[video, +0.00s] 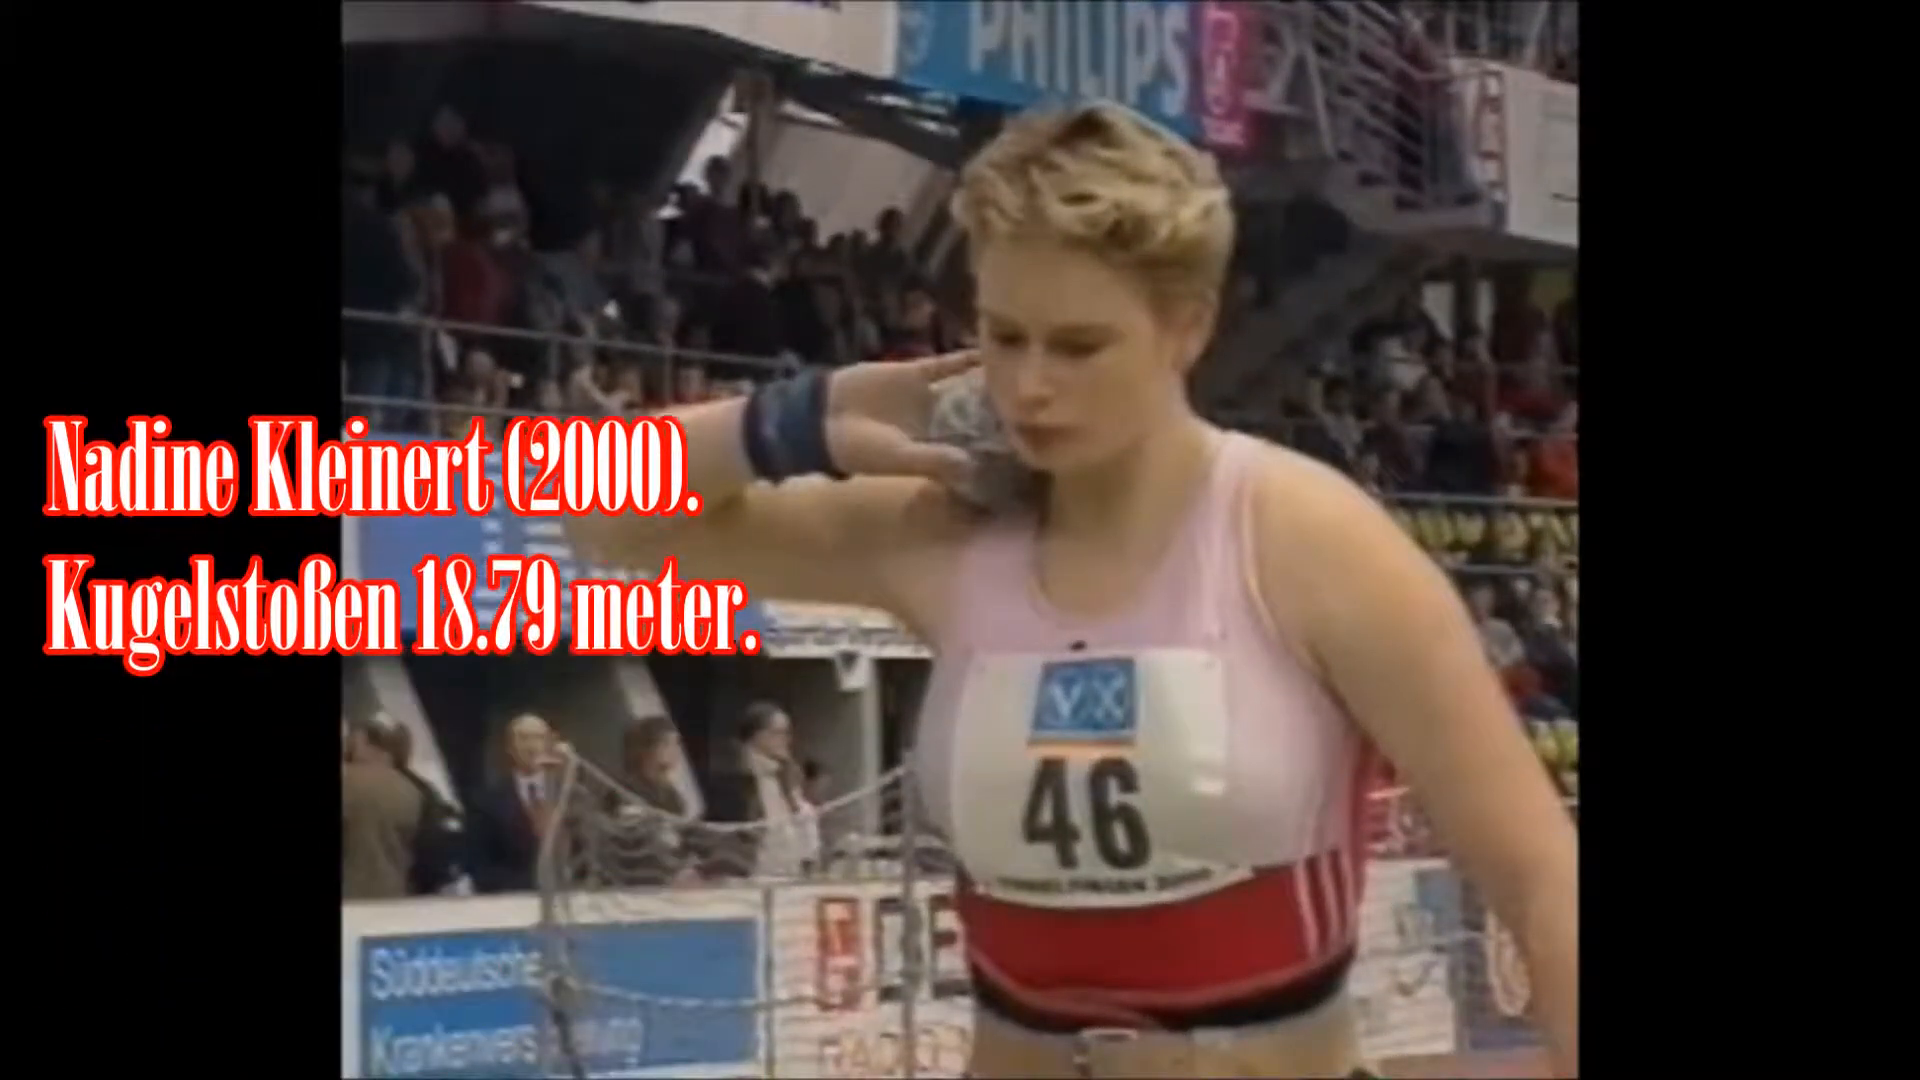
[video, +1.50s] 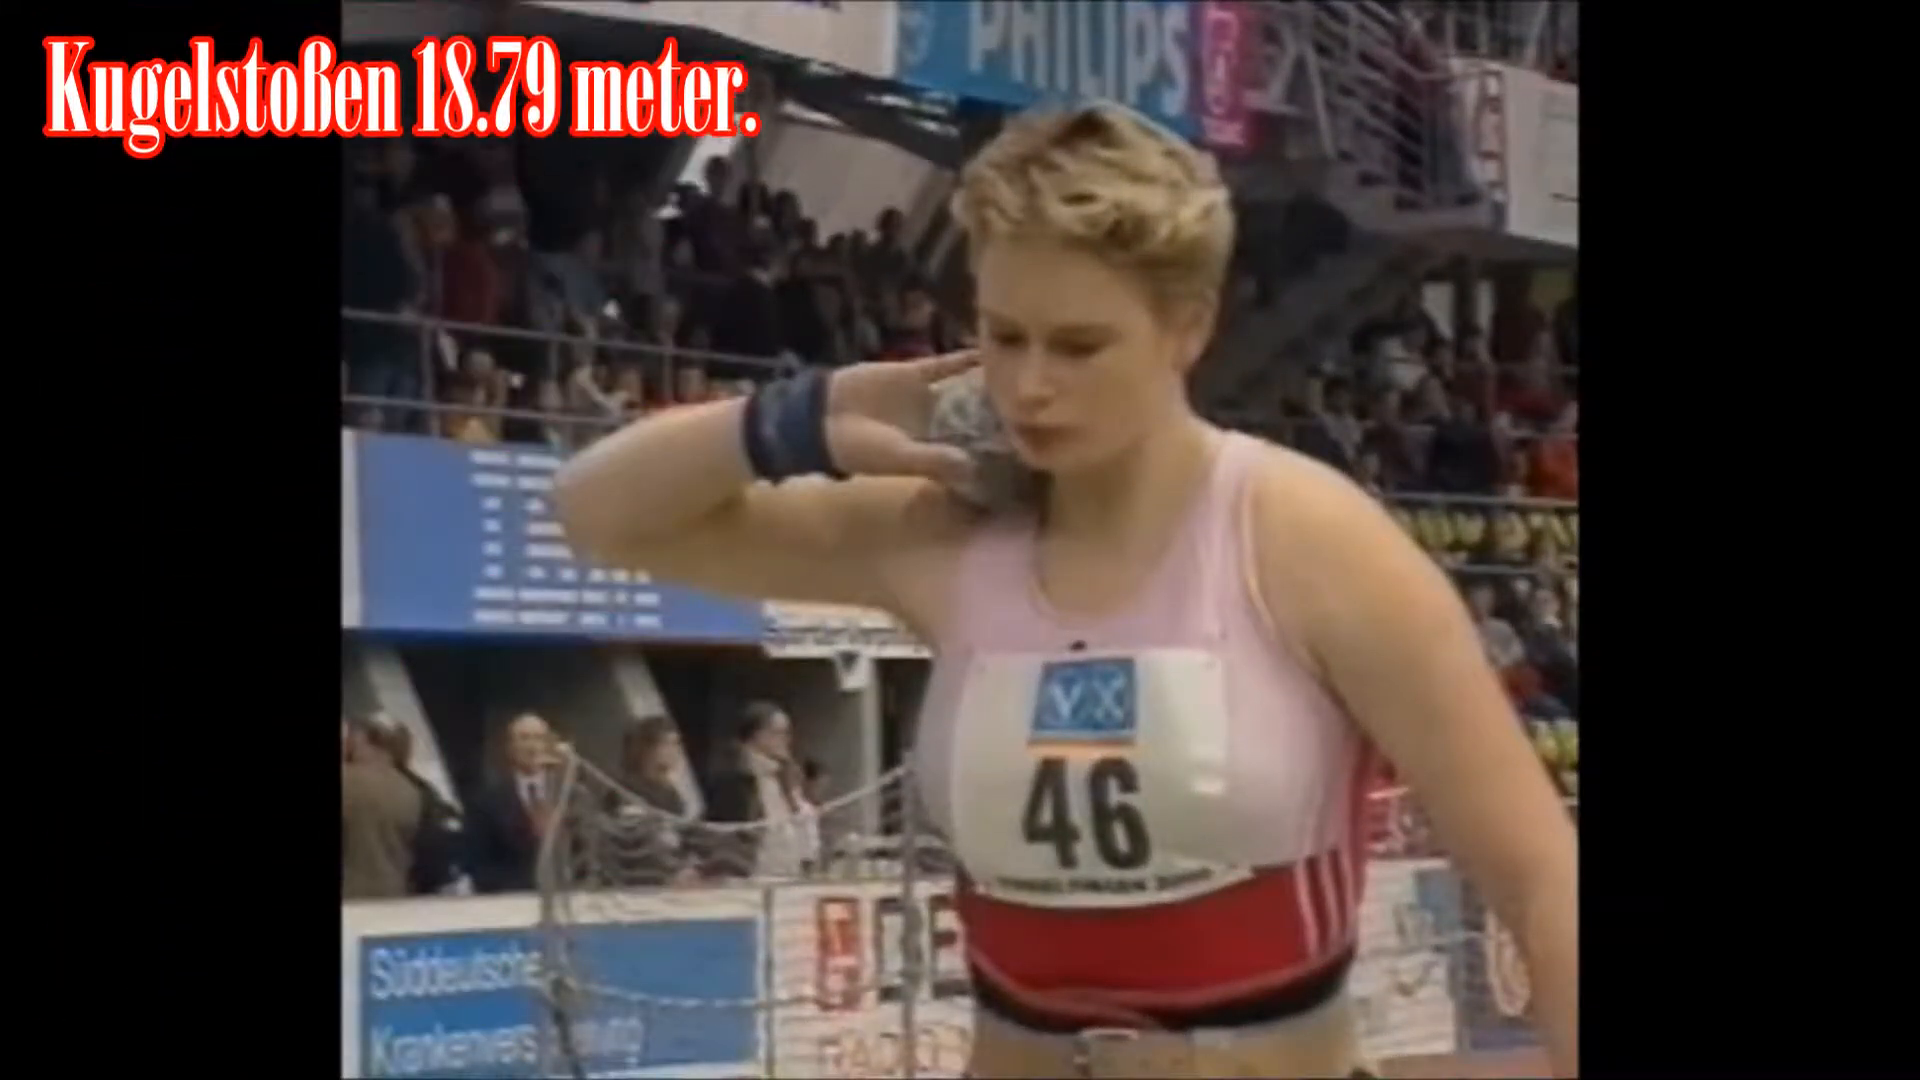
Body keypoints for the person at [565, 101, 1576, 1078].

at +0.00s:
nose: (1028, 387)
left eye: (1079, 344)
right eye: (1004, 337)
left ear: (1186, 327)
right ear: (972, 322)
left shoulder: (1303, 533)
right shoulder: (926, 536)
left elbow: (1539, 875)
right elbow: (606, 508)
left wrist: (1563, 1061)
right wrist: (811, 421)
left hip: (1271, 1054)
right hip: (1017, 1053)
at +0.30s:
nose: (1028, 387)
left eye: (1079, 345)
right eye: (1004, 338)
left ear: (1186, 328)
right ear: (973, 323)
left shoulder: (1302, 532)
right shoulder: (928, 536)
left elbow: (1539, 874)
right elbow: (584, 503)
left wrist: (1563, 1062)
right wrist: (805, 421)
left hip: (1271, 1055)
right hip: (1017, 1054)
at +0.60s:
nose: (1028, 387)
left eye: (1079, 344)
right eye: (1004, 338)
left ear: (1186, 328)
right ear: (974, 324)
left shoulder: (1303, 533)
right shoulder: (927, 534)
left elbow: (1538, 874)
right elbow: (599, 514)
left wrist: (1564, 1061)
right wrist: (810, 417)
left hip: (1270, 1053)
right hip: (1017, 1051)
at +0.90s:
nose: (1028, 387)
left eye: (1079, 345)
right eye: (1004, 338)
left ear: (1186, 328)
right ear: (974, 324)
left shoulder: (1302, 533)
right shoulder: (929, 534)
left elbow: (1539, 874)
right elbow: (601, 512)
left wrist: (1564, 1061)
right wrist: (810, 420)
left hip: (1268, 1054)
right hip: (1017, 1051)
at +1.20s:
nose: (1028, 387)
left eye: (1079, 345)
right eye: (1004, 338)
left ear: (1186, 328)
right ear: (974, 324)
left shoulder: (1302, 533)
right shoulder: (929, 534)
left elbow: (1539, 874)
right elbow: (601, 512)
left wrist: (1564, 1061)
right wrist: (810, 420)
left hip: (1269, 1054)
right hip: (1017, 1051)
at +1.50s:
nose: (1028, 386)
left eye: (1079, 344)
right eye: (1004, 338)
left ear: (1186, 330)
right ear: (974, 324)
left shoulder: (1303, 533)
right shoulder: (928, 534)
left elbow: (1539, 875)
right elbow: (600, 512)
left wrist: (1564, 1060)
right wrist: (809, 420)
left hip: (1270, 1054)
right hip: (1016, 1051)